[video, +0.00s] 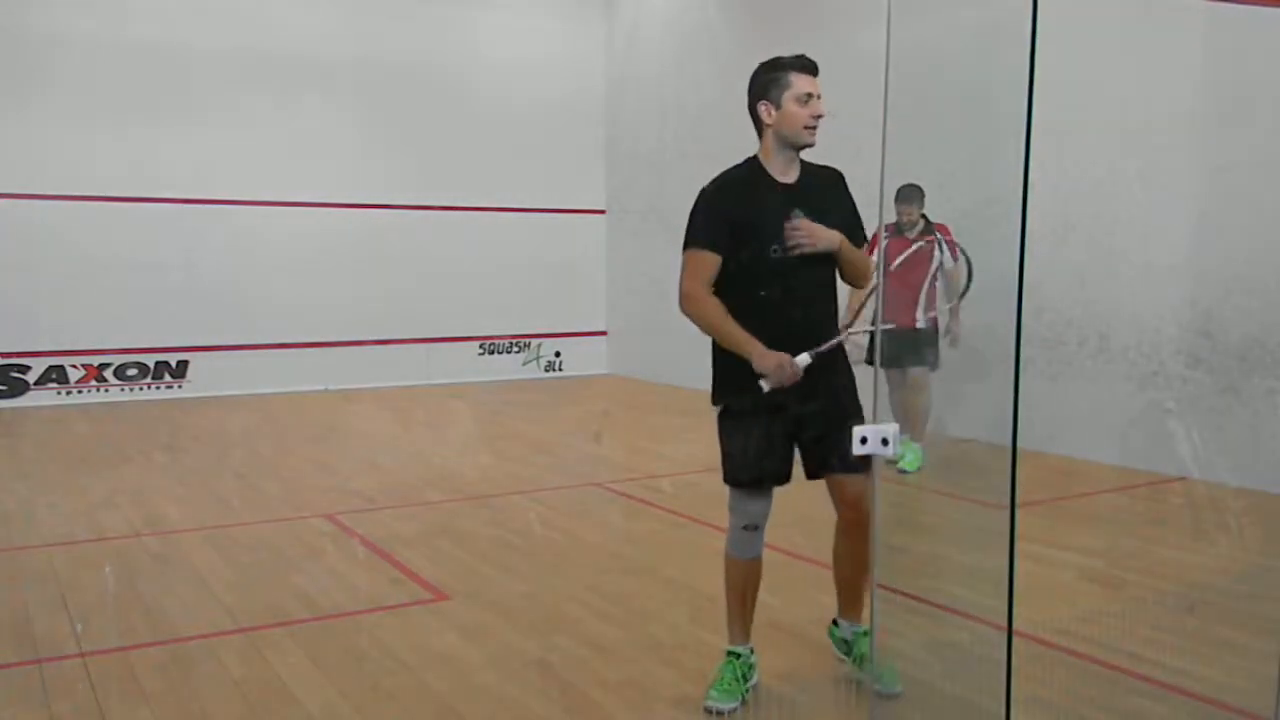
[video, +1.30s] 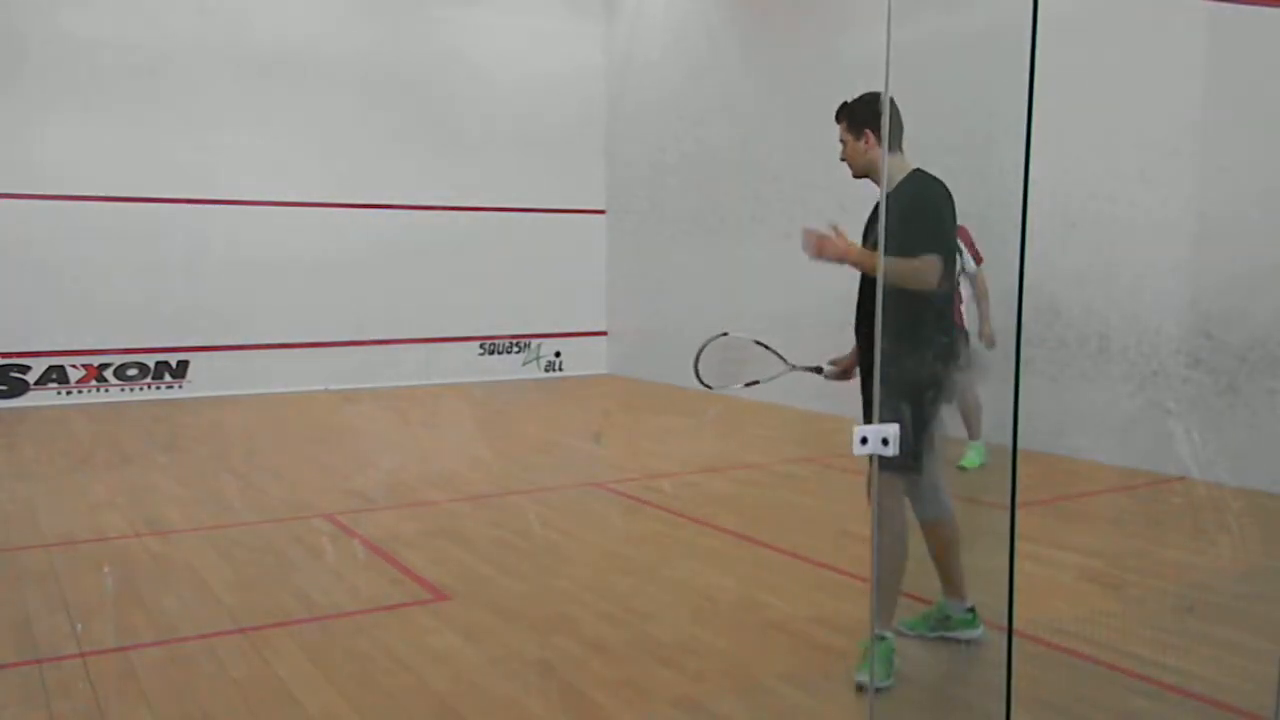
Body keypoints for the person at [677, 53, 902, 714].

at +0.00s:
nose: (819, 110)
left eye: (820, 100)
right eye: (806, 100)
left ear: (806, 113)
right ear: (766, 111)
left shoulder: (829, 186)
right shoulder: (723, 196)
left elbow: (865, 276)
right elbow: (693, 295)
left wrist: (836, 243)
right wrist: (756, 352)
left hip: (824, 370)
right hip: (749, 380)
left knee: (856, 500)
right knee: (748, 518)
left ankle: (851, 629)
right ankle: (739, 653)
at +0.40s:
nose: (901, 122)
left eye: (905, 111)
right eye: (890, 110)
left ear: (903, 120)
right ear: (851, 116)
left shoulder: (912, 196)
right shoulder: (796, 194)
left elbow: (945, 283)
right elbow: (757, 282)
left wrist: (888, 298)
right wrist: (744, 365)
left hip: (877, 380)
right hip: (801, 376)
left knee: (866, 510)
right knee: (776, 514)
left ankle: (859, 643)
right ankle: (745, 651)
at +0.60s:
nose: (902, 127)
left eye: (912, 117)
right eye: (891, 115)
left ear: (923, 124)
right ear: (864, 120)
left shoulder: (940, 202)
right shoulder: (820, 191)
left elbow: (951, 299)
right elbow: (787, 274)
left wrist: (892, 344)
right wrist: (768, 346)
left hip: (891, 382)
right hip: (817, 374)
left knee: (874, 513)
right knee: (798, 505)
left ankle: (858, 639)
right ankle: (793, 629)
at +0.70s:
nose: (877, 126)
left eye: (891, 116)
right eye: (868, 115)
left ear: (917, 122)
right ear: (858, 120)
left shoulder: (945, 202)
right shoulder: (829, 191)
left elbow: (956, 301)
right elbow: (800, 274)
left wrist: (899, 354)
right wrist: (779, 342)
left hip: (896, 378)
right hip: (827, 371)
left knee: (877, 507)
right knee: (814, 502)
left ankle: (860, 636)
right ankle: (838, 603)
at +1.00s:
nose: (836, 137)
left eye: (845, 124)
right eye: (837, 125)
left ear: (880, 126)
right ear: (871, 128)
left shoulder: (940, 198)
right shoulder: (855, 201)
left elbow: (967, 290)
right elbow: (845, 284)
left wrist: (952, 371)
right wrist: (808, 348)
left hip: (908, 375)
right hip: (857, 371)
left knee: (883, 495)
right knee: (876, 491)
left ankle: (859, 636)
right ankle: (936, 590)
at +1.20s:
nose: (837, 150)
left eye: (840, 138)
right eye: (836, 139)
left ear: (868, 136)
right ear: (870, 136)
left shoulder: (931, 194)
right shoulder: (873, 212)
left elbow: (966, 274)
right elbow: (869, 298)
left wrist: (886, 310)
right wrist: (840, 352)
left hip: (917, 368)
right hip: (885, 368)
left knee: (885, 489)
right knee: (914, 484)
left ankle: (876, 634)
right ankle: (954, 604)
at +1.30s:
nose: (841, 156)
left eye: (844, 144)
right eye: (840, 145)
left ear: (869, 139)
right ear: (874, 138)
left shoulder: (924, 195)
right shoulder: (889, 208)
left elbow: (929, 274)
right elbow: (898, 298)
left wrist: (853, 255)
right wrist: (861, 354)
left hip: (911, 370)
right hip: (897, 368)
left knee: (887, 493)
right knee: (924, 485)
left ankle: (881, 638)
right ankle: (957, 608)